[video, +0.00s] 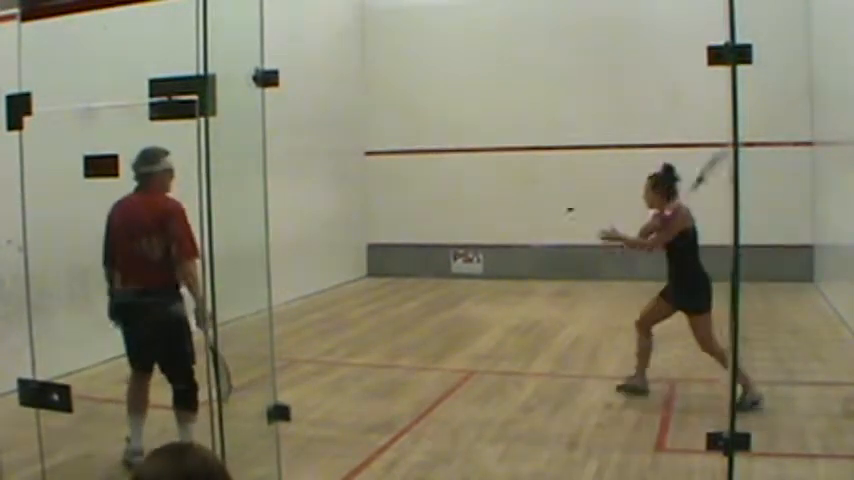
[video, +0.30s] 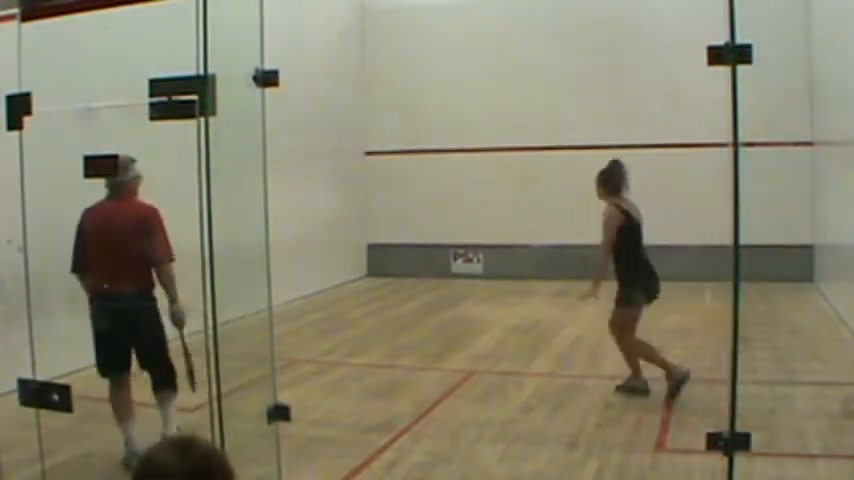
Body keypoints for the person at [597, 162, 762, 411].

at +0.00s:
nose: (645, 197)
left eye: (648, 192)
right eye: (645, 192)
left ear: (659, 193)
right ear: (661, 193)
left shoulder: (681, 215)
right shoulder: (660, 216)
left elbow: (654, 244)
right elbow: (642, 239)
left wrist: (622, 239)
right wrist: (621, 242)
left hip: (695, 287)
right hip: (677, 286)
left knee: (708, 344)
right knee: (643, 324)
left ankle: (750, 388)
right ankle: (640, 379)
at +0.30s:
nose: (597, 190)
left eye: (598, 186)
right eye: (597, 186)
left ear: (605, 186)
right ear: (620, 185)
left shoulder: (613, 211)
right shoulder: (627, 207)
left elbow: (606, 250)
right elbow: (630, 247)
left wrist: (596, 284)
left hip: (634, 281)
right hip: (639, 278)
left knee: (625, 334)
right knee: (616, 326)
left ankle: (673, 371)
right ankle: (636, 377)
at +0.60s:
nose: (548, 186)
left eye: (549, 182)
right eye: (551, 182)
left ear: (551, 184)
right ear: (572, 181)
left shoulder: (554, 208)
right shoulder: (585, 202)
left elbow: (558, 240)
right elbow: (613, 220)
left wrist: (560, 273)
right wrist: (645, 233)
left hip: (576, 275)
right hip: (598, 272)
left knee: (546, 320)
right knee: (610, 324)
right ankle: (635, 374)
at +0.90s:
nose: (497, 172)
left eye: (499, 169)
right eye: (501, 169)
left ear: (501, 172)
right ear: (522, 171)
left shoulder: (495, 197)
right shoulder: (532, 195)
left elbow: (491, 230)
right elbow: (546, 229)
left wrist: (482, 249)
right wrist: (557, 258)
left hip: (506, 268)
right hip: (531, 265)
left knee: (504, 326)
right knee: (543, 319)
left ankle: (511, 376)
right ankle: (563, 367)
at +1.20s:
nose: (457, 174)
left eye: (461, 170)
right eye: (459, 169)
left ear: (470, 174)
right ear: (482, 175)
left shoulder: (463, 202)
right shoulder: (496, 201)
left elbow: (457, 240)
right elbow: (506, 238)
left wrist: (445, 262)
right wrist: (491, 252)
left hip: (460, 270)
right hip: (485, 271)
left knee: (435, 321)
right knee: (478, 324)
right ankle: (480, 379)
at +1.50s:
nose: (402, 186)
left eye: (405, 182)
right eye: (403, 181)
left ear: (416, 185)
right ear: (427, 186)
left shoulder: (407, 213)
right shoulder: (442, 213)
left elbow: (400, 254)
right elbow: (451, 255)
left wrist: (378, 284)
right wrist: (432, 264)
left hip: (405, 283)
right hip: (432, 283)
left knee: (387, 339)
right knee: (451, 335)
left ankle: (372, 394)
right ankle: (478, 383)